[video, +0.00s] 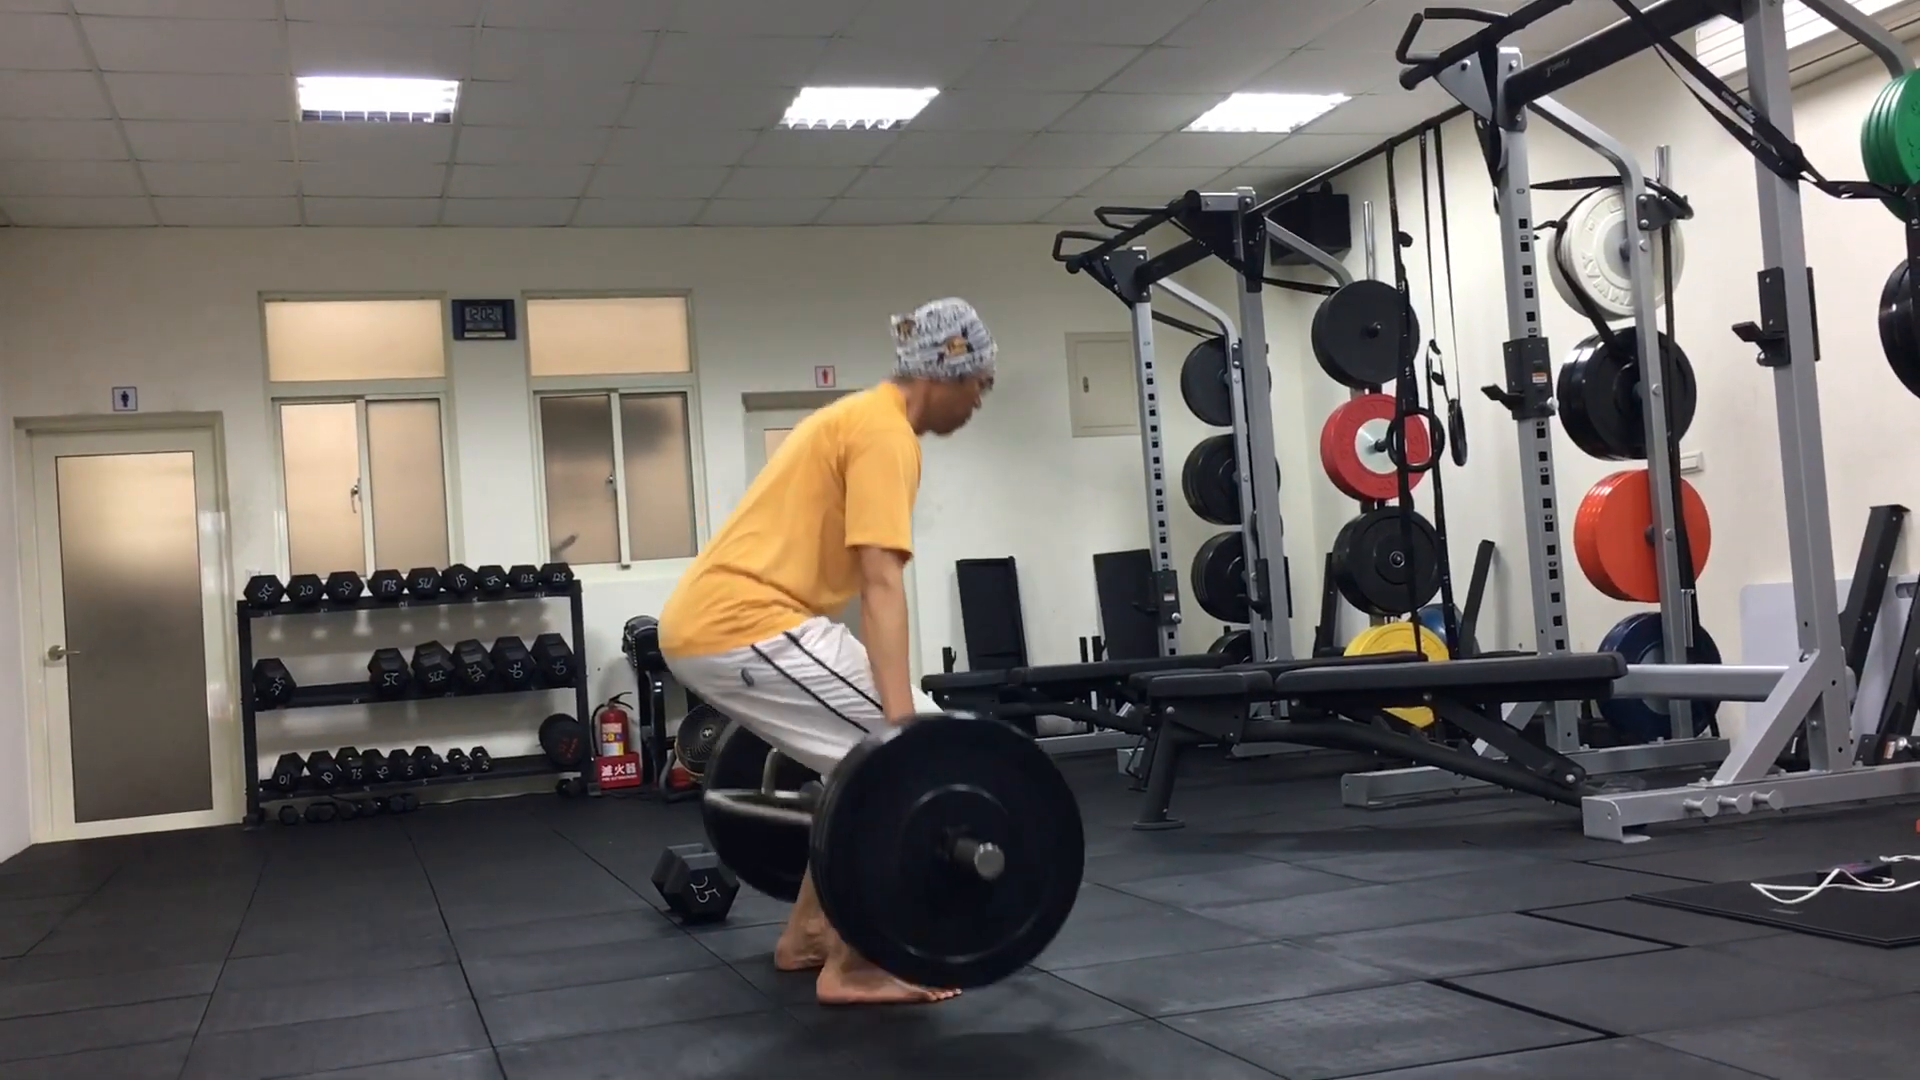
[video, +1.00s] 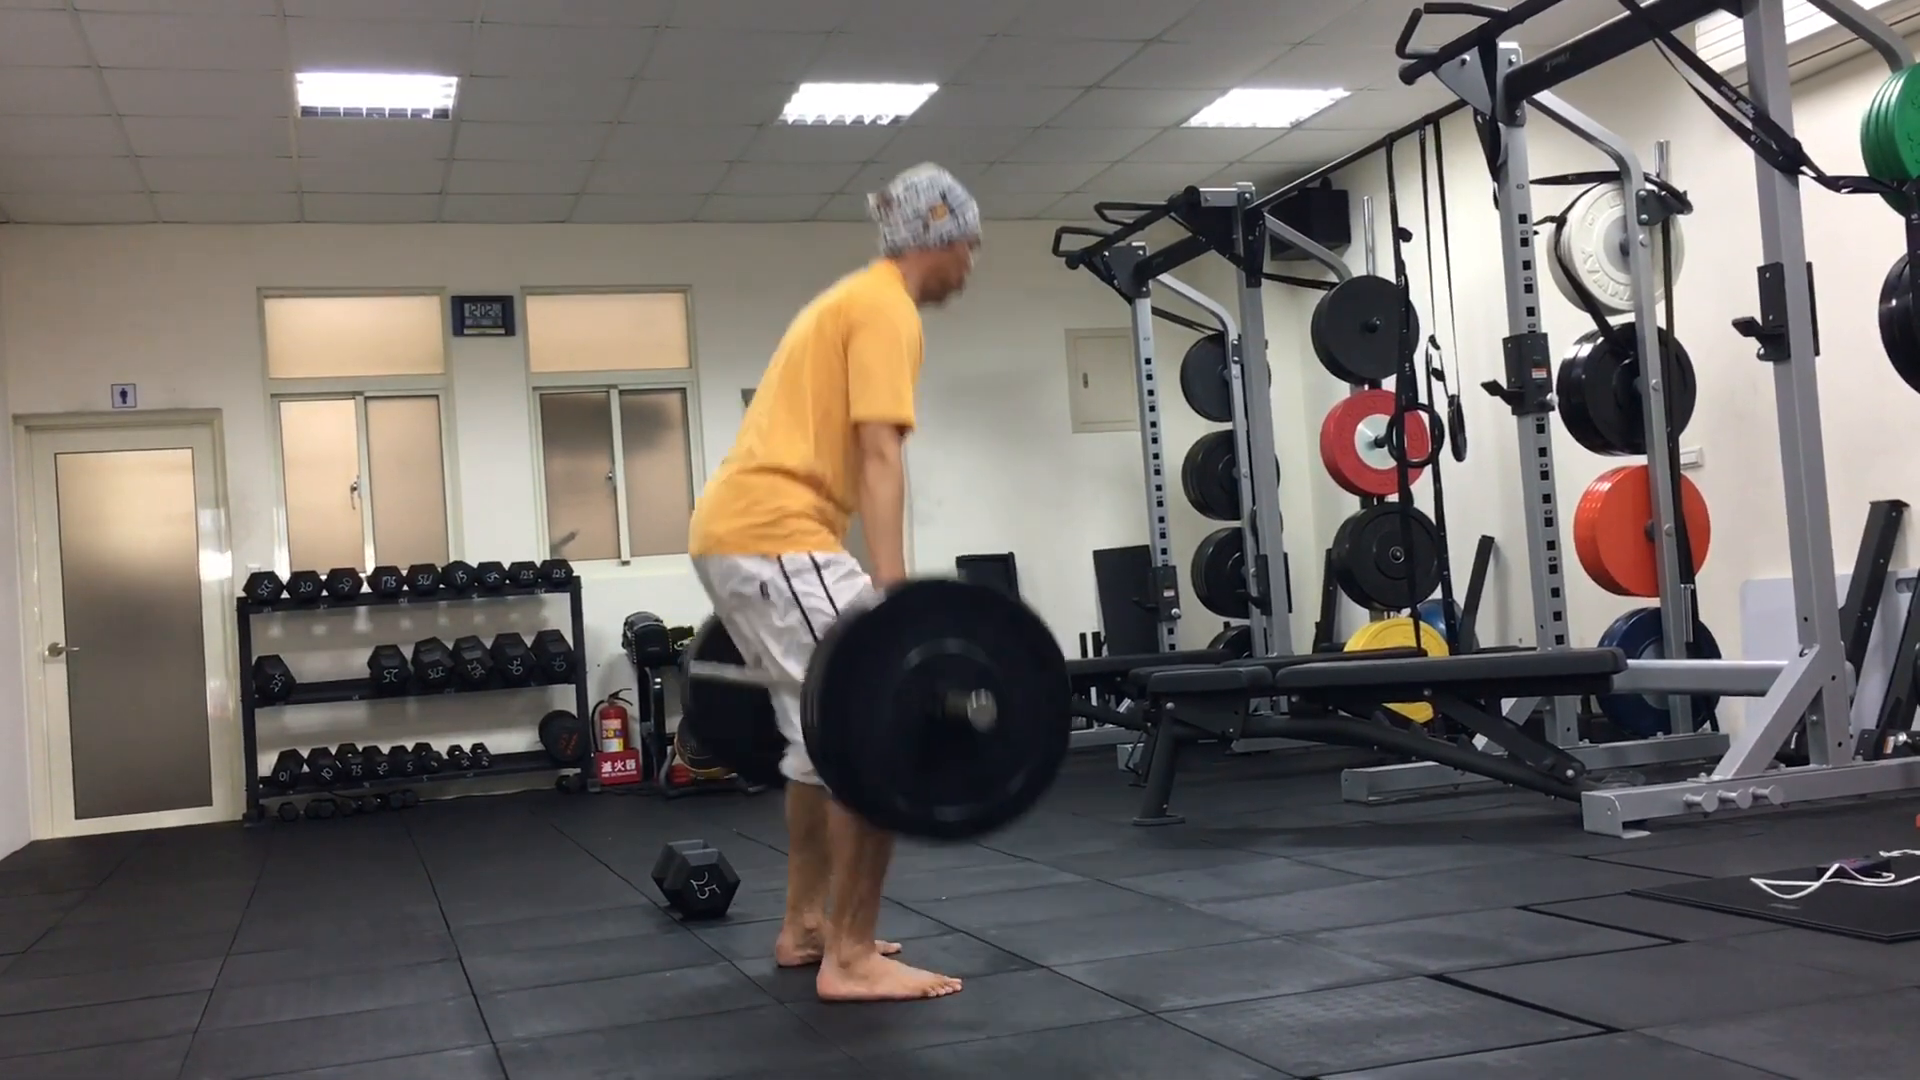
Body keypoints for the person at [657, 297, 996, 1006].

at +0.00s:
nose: (978, 404)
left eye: (983, 389)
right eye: (978, 386)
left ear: (920, 370)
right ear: (945, 373)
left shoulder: (858, 419)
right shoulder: (883, 429)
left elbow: (868, 581)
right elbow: (880, 582)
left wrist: (891, 705)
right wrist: (900, 720)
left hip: (711, 618)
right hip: (740, 620)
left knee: (876, 739)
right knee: (890, 745)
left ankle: (808, 931)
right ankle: (856, 964)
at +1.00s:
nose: (970, 269)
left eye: (972, 252)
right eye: (969, 250)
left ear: (906, 235)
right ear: (941, 240)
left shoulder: (846, 301)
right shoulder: (882, 306)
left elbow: (837, 457)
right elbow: (878, 455)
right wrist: (896, 598)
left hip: (735, 532)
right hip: (779, 533)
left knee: (818, 724)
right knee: (873, 718)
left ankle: (806, 922)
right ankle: (852, 954)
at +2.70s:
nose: (1005, 395)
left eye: (1010, 381)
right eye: (1005, 378)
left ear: (946, 361)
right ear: (973, 363)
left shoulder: (880, 407)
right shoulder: (912, 414)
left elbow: (879, 565)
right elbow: (906, 567)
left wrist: (908, 697)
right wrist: (920, 700)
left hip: (736, 609)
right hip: (781, 606)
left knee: (881, 741)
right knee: (914, 740)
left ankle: (818, 927)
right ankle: (864, 957)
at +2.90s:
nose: (984, 307)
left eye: (988, 291)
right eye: (985, 288)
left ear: (930, 269)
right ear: (957, 273)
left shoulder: (864, 326)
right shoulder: (896, 330)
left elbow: (848, 484)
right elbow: (889, 475)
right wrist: (907, 619)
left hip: (748, 550)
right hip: (793, 549)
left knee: (852, 728)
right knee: (898, 724)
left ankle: (816, 921)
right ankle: (863, 953)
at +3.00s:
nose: (969, 258)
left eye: (975, 243)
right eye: (971, 239)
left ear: (913, 222)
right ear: (938, 223)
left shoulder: (850, 282)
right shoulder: (887, 281)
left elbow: (809, 432)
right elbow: (882, 420)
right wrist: (900, 558)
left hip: (758, 527)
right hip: (805, 526)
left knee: (817, 730)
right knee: (866, 726)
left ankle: (814, 922)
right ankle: (859, 951)